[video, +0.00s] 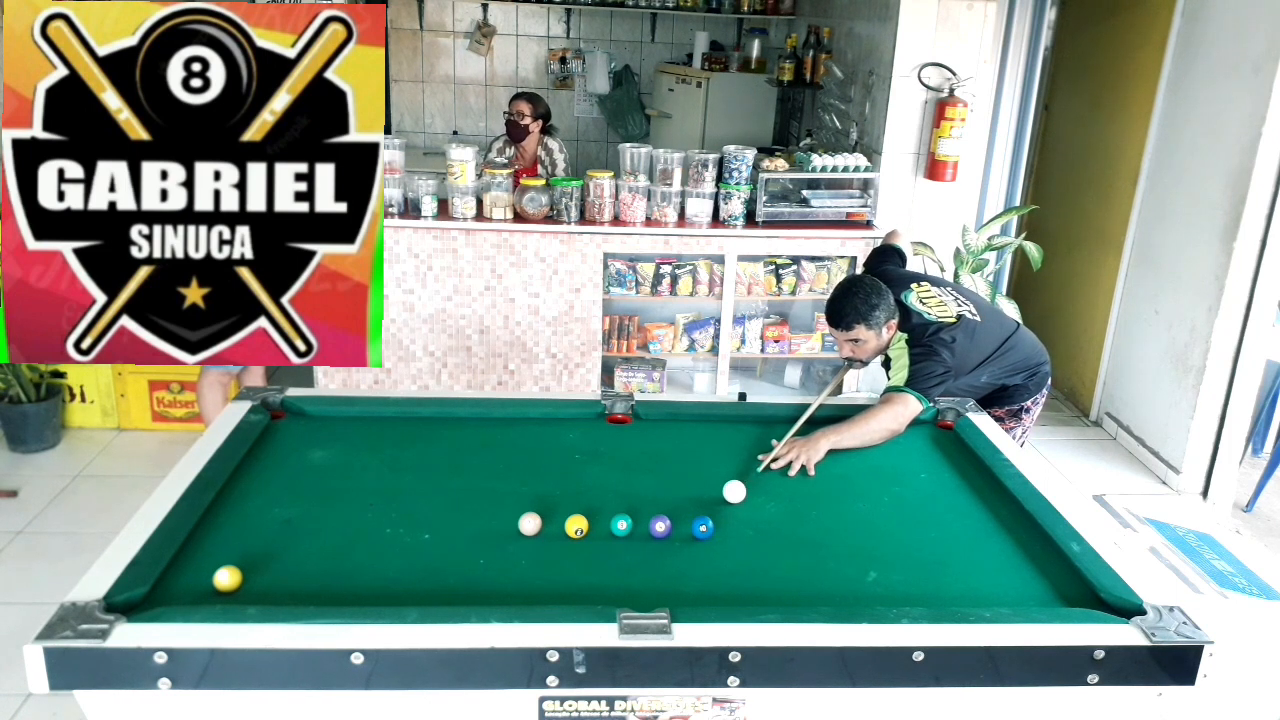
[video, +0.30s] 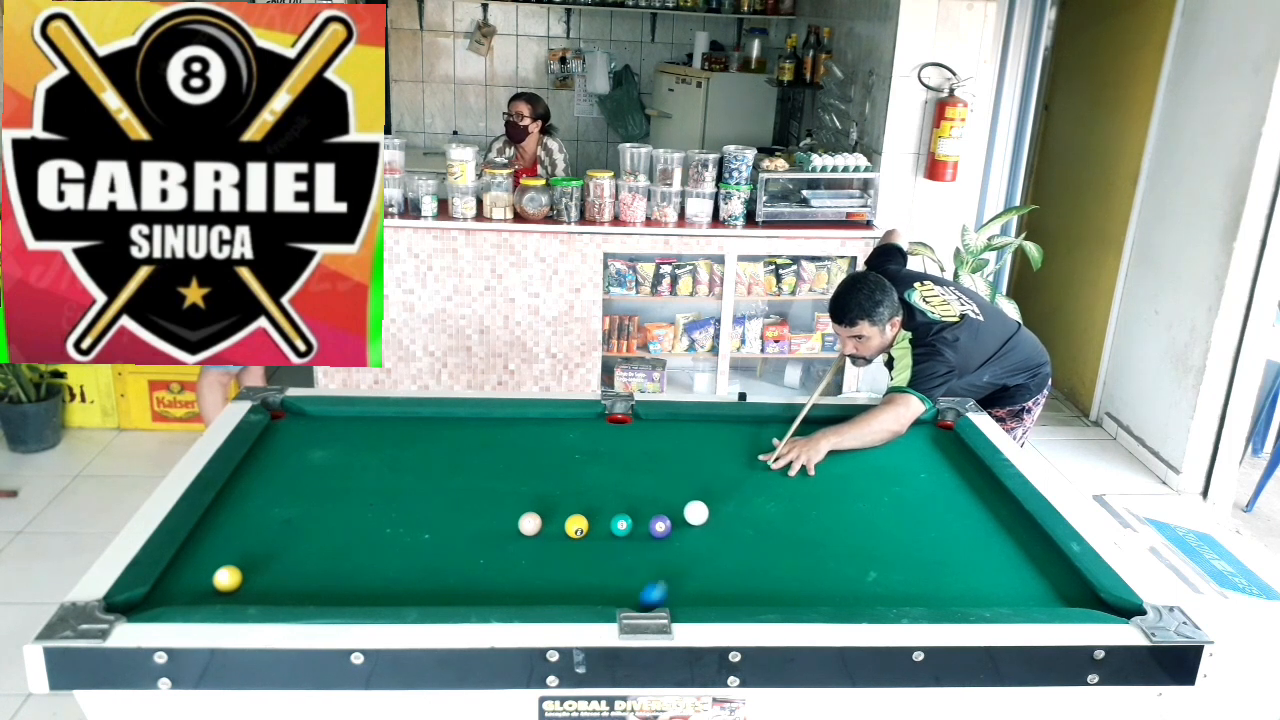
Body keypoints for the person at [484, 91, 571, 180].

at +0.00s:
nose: (511, 120)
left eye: (519, 115)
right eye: (510, 115)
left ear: (537, 125)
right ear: (506, 116)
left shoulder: (553, 147)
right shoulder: (499, 145)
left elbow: (564, 188)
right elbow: (485, 182)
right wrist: (507, 170)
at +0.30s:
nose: (510, 121)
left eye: (518, 116)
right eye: (509, 115)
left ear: (536, 126)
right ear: (506, 117)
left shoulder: (553, 147)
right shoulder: (499, 145)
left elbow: (564, 188)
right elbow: (484, 182)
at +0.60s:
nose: (510, 121)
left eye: (518, 116)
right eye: (509, 115)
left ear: (536, 126)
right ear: (505, 116)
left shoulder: (552, 147)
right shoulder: (499, 145)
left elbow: (564, 187)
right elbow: (484, 181)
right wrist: (506, 169)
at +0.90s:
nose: (509, 121)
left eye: (517, 117)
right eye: (508, 116)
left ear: (535, 126)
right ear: (505, 117)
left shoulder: (552, 147)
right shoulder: (499, 145)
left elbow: (564, 187)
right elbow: (484, 181)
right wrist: (506, 169)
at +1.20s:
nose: (509, 122)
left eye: (517, 117)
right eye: (508, 116)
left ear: (535, 126)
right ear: (505, 117)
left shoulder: (552, 147)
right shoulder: (498, 146)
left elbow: (564, 188)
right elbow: (484, 182)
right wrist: (506, 169)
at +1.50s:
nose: (509, 122)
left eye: (517, 117)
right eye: (508, 116)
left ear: (535, 126)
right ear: (505, 117)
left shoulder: (552, 148)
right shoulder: (499, 146)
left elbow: (564, 187)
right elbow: (485, 180)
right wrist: (506, 169)